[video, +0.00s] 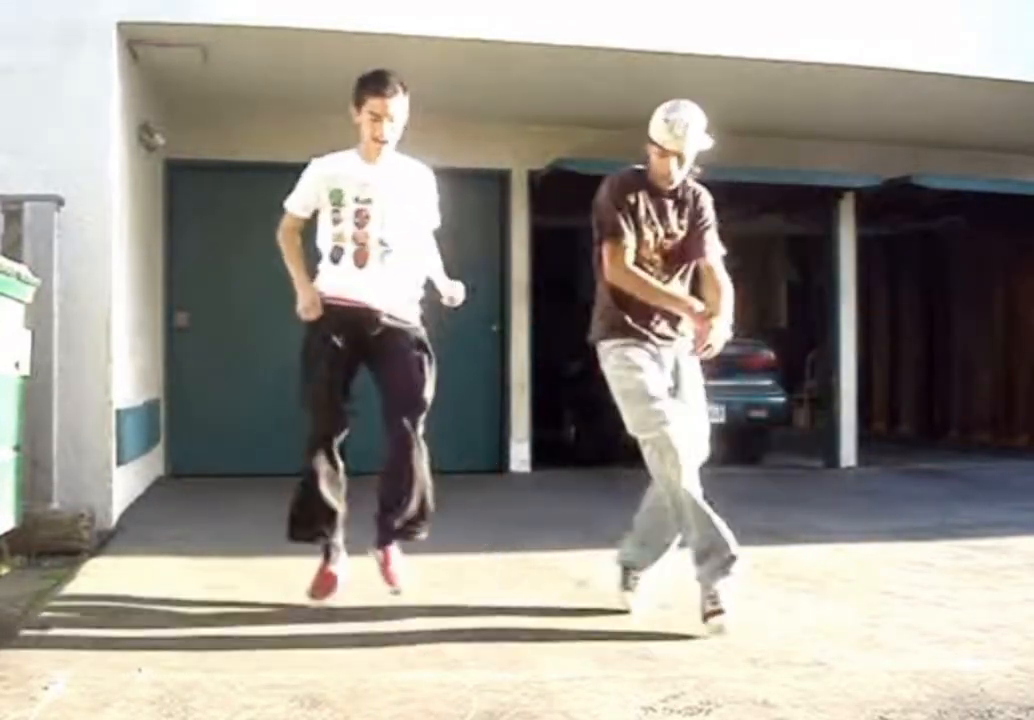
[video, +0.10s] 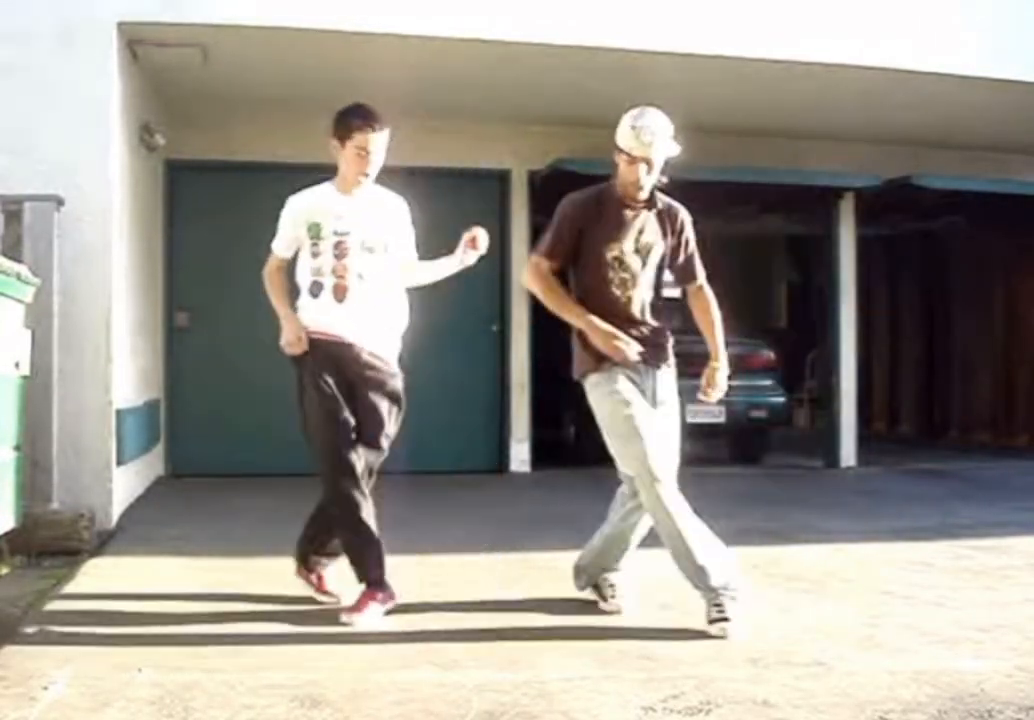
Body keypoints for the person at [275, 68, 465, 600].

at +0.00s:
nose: (382, 126)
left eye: (391, 117)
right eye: (374, 115)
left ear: (404, 120)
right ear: (357, 114)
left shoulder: (419, 178)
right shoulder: (325, 171)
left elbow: (425, 240)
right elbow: (288, 229)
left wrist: (441, 280)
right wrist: (303, 285)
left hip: (399, 318)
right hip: (335, 313)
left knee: (408, 428)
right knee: (326, 431)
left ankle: (392, 541)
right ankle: (332, 550)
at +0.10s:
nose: (368, 161)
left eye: (376, 152)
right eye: (359, 150)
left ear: (384, 152)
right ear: (337, 146)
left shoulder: (394, 209)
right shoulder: (304, 205)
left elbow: (408, 273)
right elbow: (274, 269)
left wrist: (458, 259)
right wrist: (286, 317)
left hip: (380, 351)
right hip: (322, 345)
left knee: (371, 455)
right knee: (341, 460)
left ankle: (314, 549)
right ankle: (376, 584)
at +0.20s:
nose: (363, 150)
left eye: (369, 141)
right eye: (355, 139)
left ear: (373, 142)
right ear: (330, 134)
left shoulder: (377, 188)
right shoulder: (287, 184)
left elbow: (423, 228)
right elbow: (240, 241)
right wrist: (256, 280)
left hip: (354, 333)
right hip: (294, 325)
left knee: (369, 433)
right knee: (305, 437)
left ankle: (332, 541)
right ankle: (330, 554)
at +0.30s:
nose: (344, 144)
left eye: (350, 135)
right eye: (336, 134)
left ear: (356, 136)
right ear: (311, 128)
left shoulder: (357, 184)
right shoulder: (272, 182)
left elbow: (390, 231)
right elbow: (239, 231)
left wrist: (413, 181)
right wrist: (232, 260)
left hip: (342, 326)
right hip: (282, 319)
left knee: (383, 419)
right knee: (266, 428)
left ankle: (368, 540)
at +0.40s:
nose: (324, 161)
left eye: (331, 152)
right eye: (315, 151)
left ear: (337, 152)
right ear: (292, 148)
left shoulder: (342, 207)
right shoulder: (260, 206)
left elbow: (345, 274)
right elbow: (245, 274)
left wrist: (383, 230)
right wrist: (211, 279)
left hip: (334, 353)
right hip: (275, 350)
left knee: (386, 444)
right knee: (229, 460)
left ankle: (413, 557)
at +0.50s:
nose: (310, 182)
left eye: (317, 172)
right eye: (300, 172)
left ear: (325, 173)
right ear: (279, 172)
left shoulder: (339, 225)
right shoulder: (255, 231)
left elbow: (382, 268)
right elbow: (207, 294)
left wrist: (383, 213)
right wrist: (181, 241)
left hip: (328, 380)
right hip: (267, 378)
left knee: (384, 465)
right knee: (224, 472)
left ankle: (431, 565)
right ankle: (166, 554)